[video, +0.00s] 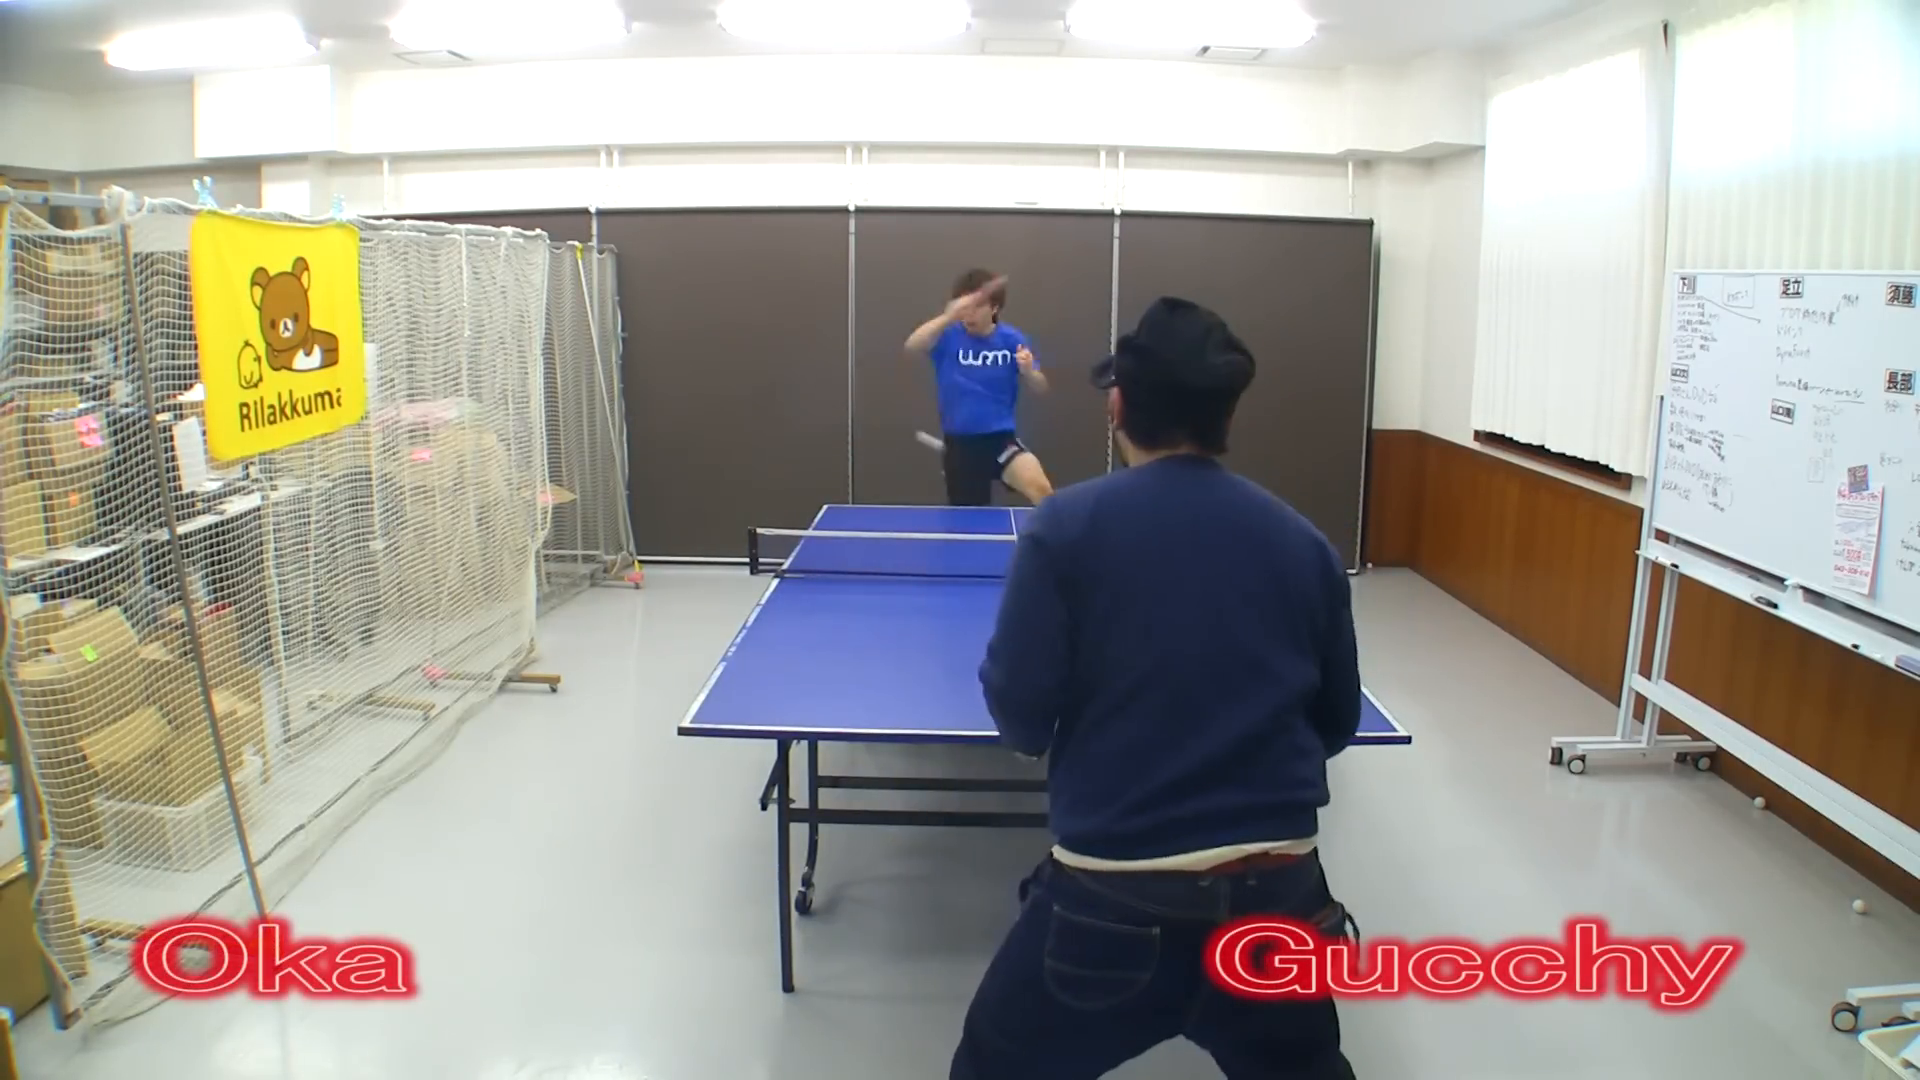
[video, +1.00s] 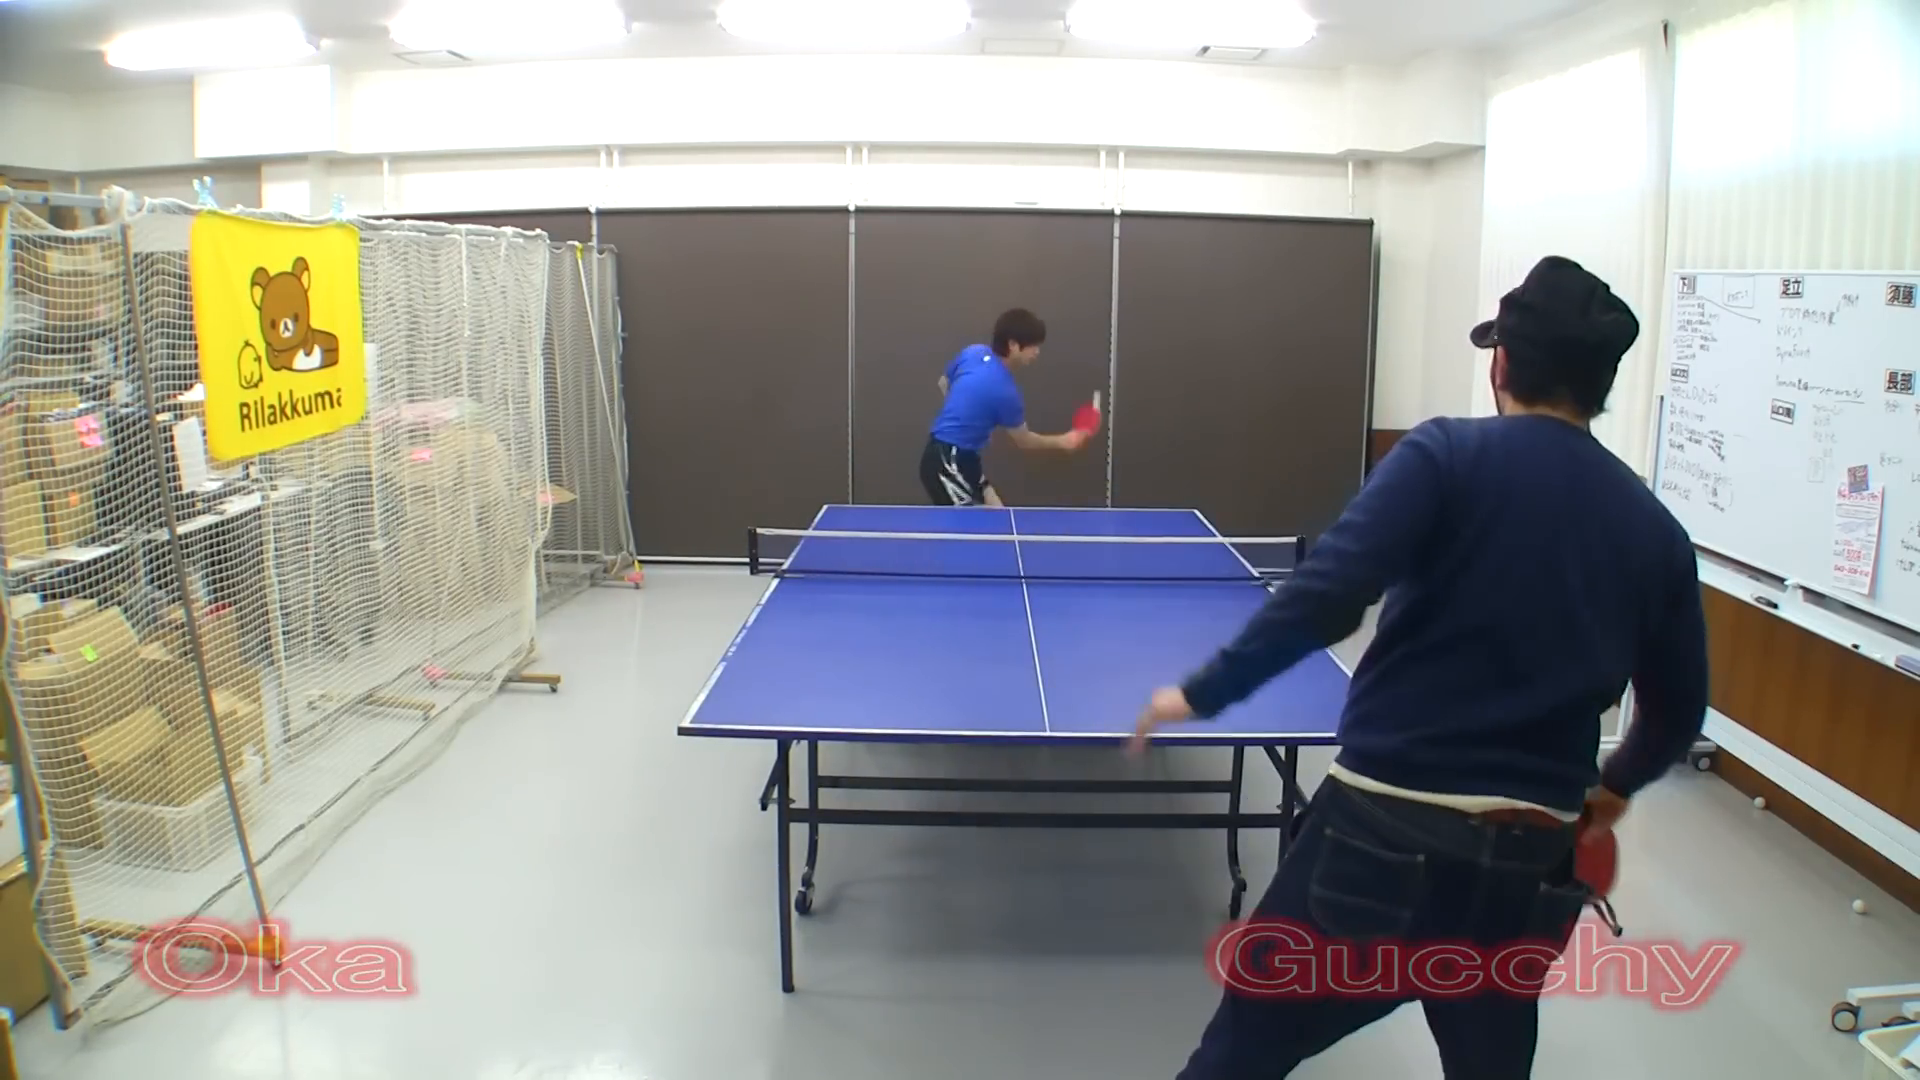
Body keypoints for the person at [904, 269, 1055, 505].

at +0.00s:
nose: (969, 315)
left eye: (976, 307)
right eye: (964, 308)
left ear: (994, 308)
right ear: (957, 310)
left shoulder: (1011, 339)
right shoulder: (947, 337)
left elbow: (1041, 389)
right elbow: (912, 347)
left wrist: (1028, 371)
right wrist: (950, 315)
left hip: (1001, 441)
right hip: (960, 443)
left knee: (1043, 491)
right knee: (966, 525)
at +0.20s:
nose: (967, 321)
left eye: (974, 314)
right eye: (959, 314)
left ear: (984, 320)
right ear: (944, 320)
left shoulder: (981, 364)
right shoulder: (935, 346)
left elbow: (993, 407)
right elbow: (960, 363)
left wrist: (1013, 426)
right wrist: (995, 332)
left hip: (955, 463)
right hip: (919, 460)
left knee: (1001, 513)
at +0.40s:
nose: (972, 350)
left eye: (978, 343)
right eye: (964, 342)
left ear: (985, 350)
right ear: (947, 348)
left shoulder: (975, 385)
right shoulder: (929, 381)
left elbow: (972, 436)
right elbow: (924, 434)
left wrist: (986, 478)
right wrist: (979, 426)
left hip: (936, 483)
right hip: (902, 482)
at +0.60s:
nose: (981, 360)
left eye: (985, 353)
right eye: (972, 352)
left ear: (990, 355)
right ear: (952, 354)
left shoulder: (976, 387)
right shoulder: (927, 390)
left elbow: (961, 435)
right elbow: (912, 445)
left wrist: (972, 467)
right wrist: (963, 459)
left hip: (951, 482)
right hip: (915, 482)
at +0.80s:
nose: (1013, 364)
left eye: (1016, 357)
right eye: (1007, 356)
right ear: (987, 354)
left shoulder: (988, 384)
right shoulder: (961, 387)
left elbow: (973, 437)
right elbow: (958, 448)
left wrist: (986, 466)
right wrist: (991, 460)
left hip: (971, 479)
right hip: (941, 480)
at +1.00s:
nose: (1037, 354)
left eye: (1038, 347)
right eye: (1032, 347)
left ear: (1011, 345)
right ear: (1013, 345)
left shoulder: (975, 353)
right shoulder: (1003, 389)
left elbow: (945, 383)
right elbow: (1023, 440)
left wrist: (967, 419)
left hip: (963, 458)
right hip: (947, 462)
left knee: (999, 517)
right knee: (977, 530)